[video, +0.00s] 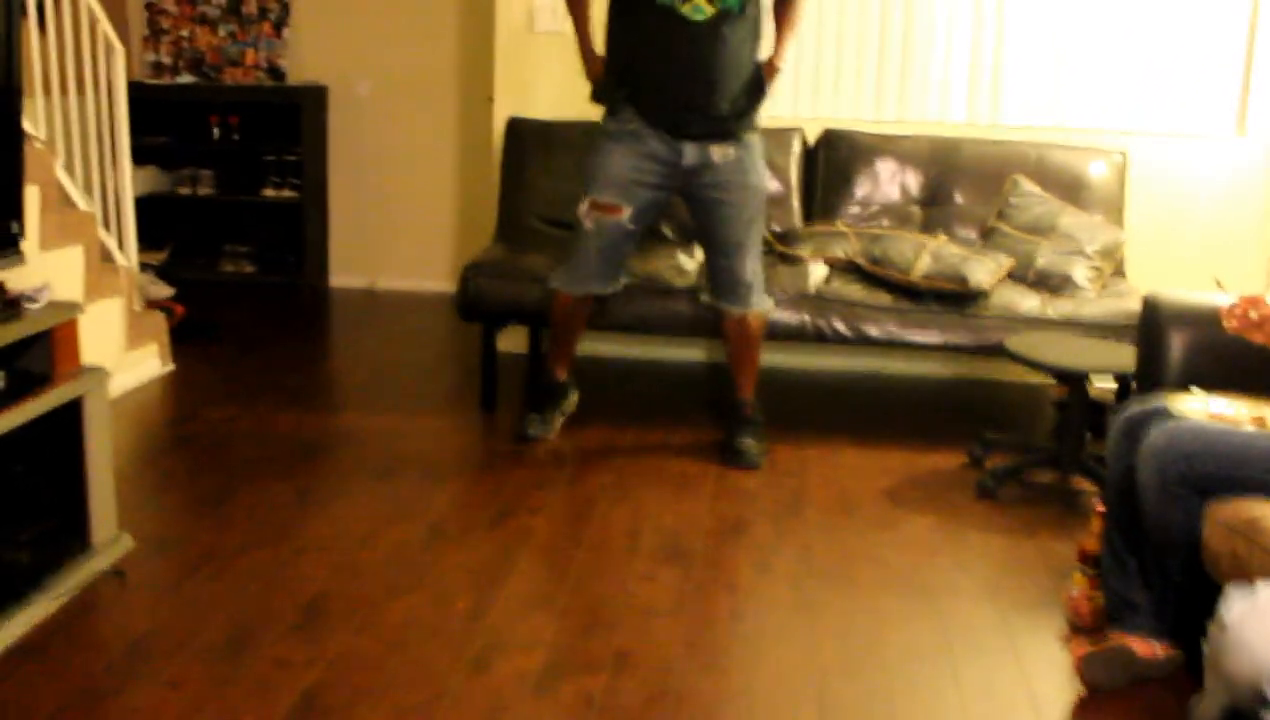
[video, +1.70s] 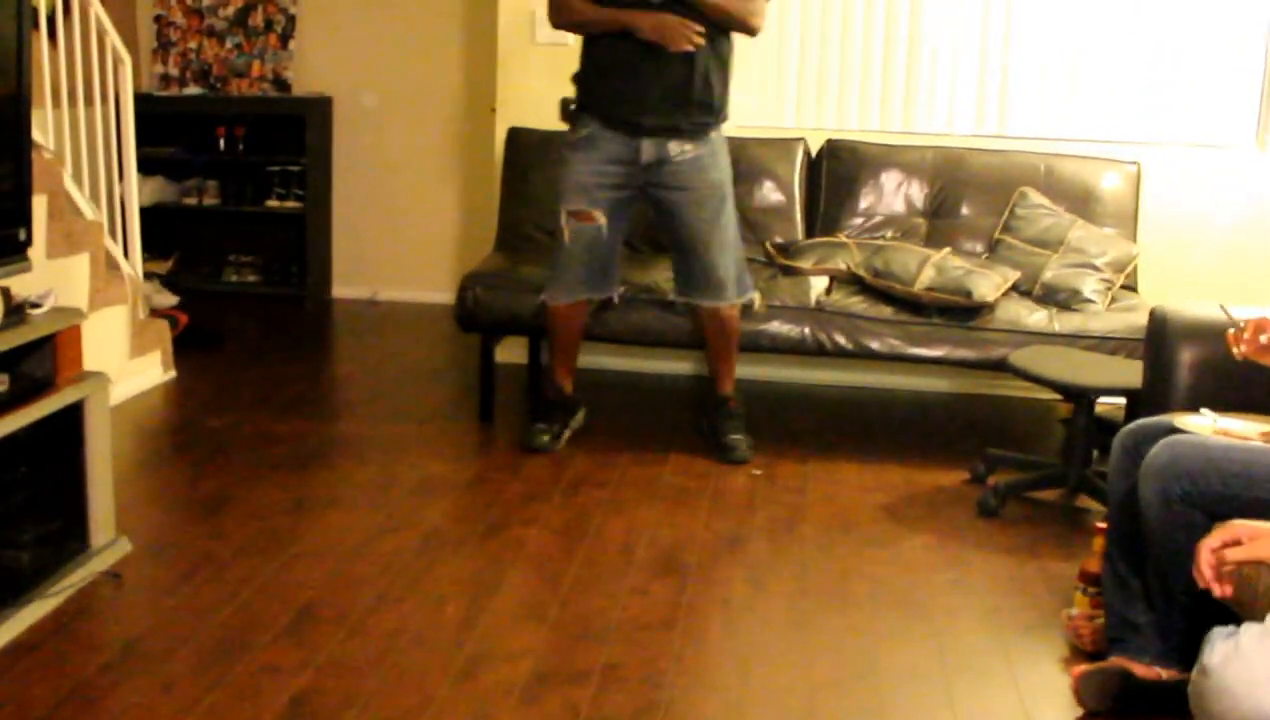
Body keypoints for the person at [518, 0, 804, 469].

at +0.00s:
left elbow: (788, 2)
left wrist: (776, 58)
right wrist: (590, 57)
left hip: (729, 131)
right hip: (638, 124)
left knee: (741, 287)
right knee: (584, 269)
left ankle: (745, 415)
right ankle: (555, 385)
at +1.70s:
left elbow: (751, 18)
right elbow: (562, 12)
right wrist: (640, 20)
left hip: (694, 134)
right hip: (602, 132)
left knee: (719, 281)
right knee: (572, 273)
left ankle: (724, 404)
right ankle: (560, 398)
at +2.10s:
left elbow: (777, 8)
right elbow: (549, 6)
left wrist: (749, 17)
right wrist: (550, 29)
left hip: (708, 138)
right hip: (616, 135)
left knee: (732, 288)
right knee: (579, 279)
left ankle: (737, 410)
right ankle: (565, 400)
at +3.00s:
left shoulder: (756, 3)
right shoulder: (615, 2)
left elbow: (808, 69)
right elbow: (593, 76)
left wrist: (808, 28)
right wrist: (568, 46)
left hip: (733, 177)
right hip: (639, 174)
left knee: (757, 321)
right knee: (596, 301)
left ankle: (754, 438)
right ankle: (577, 432)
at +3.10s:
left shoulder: (749, 5)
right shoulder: (612, 4)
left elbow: (764, 93)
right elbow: (621, 94)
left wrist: (768, 37)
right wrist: (596, 85)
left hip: (725, 189)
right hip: (634, 184)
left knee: (752, 336)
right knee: (595, 317)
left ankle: (753, 460)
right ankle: (576, 452)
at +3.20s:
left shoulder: (746, 21)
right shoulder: (609, 23)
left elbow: (765, 120)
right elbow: (587, 117)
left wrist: (719, 69)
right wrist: (637, 118)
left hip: (713, 226)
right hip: (623, 223)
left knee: (741, 374)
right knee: (594, 354)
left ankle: (750, 497)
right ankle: (578, 493)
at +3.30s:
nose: (666, 20)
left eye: (677, 9)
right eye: (656, 8)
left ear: (696, 16)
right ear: (641, 15)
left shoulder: (732, 95)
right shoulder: (600, 86)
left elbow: (763, 172)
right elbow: (573, 164)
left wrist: (703, 152)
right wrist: (648, 163)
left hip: (702, 281)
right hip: (615, 278)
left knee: (736, 427)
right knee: (583, 419)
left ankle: (750, 555)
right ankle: (578, 553)